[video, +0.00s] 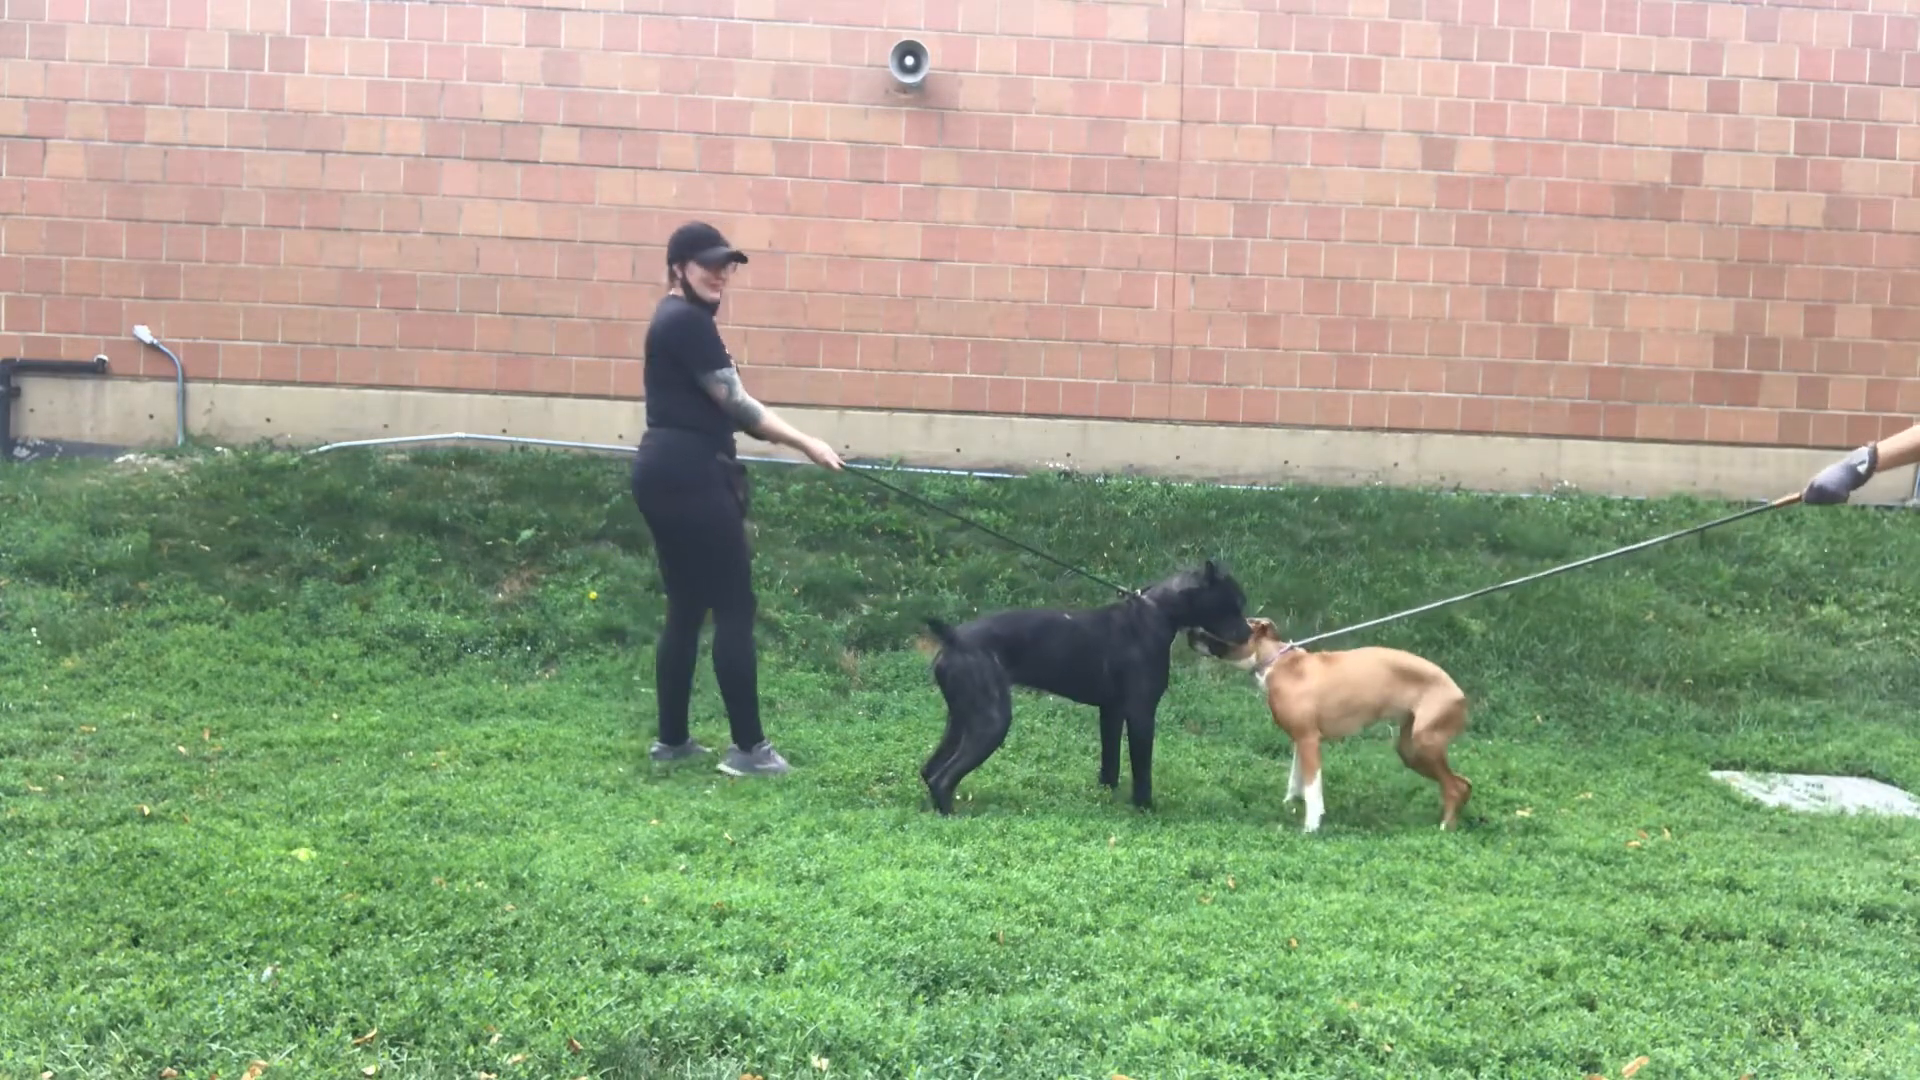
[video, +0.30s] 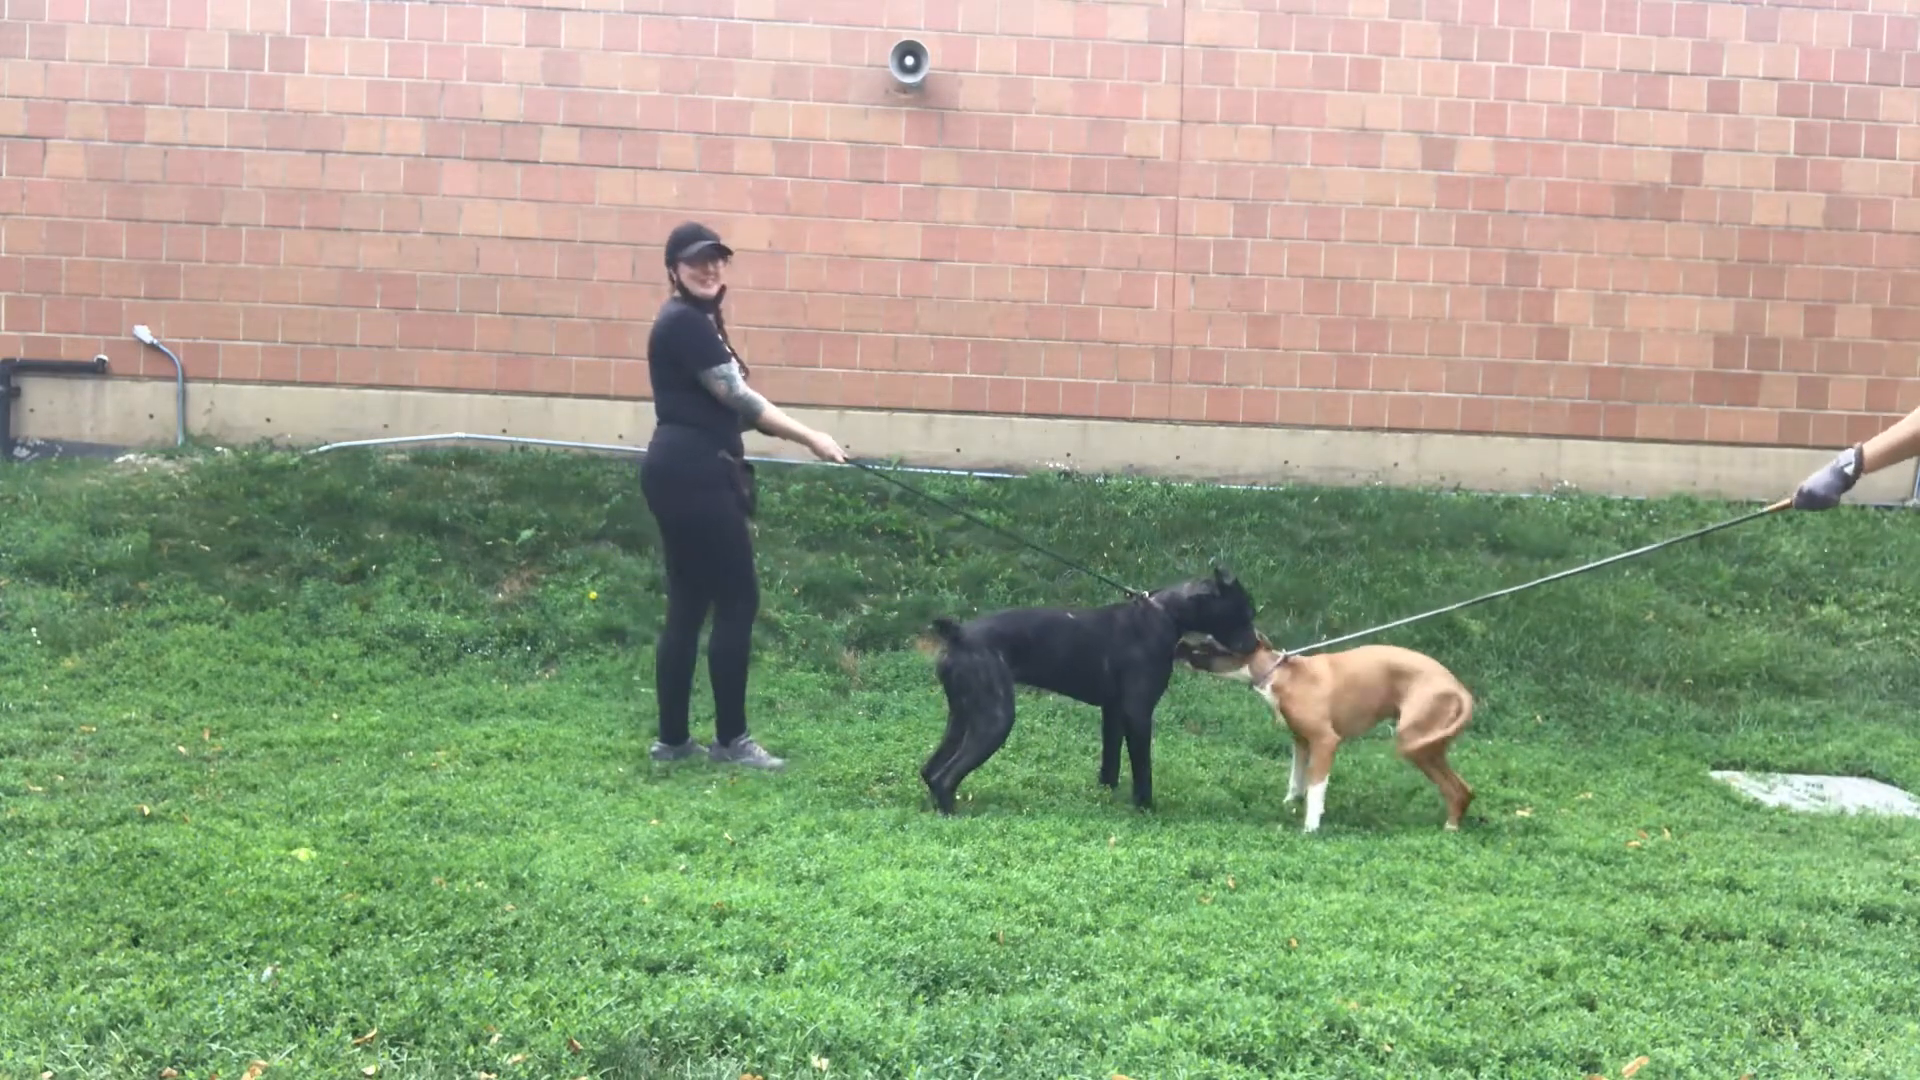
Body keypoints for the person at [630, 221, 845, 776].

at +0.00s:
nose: (722, 274)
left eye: (725, 265)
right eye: (711, 264)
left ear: (721, 269)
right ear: (681, 268)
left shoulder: (673, 316)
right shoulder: (689, 320)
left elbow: (719, 402)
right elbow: (737, 405)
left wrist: (772, 430)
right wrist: (806, 442)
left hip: (665, 466)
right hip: (691, 470)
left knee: (685, 606)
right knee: (735, 607)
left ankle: (672, 741)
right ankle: (749, 748)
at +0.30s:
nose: (711, 269)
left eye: (717, 260)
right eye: (698, 262)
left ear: (725, 266)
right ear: (675, 270)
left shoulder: (687, 319)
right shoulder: (688, 323)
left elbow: (727, 401)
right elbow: (740, 400)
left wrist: (777, 426)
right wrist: (810, 436)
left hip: (676, 465)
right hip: (699, 469)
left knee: (687, 603)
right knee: (738, 601)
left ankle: (672, 742)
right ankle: (733, 741)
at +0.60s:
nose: (742, 275)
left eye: (745, 266)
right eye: (730, 265)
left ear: (744, 270)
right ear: (700, 271)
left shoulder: (706, 319)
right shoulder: (706, 322)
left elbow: (738, 402)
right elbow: (754, 401)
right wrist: (825, 438)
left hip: (708, 467)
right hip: (713, 470)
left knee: (732, 599)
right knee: (745, 601)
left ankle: (691, 720)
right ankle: (723, 741)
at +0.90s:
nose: (771, 284)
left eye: (775, 276)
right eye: (762, 274)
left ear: (759, 277)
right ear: (729, 274)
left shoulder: (740, 323)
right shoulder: (722, 324)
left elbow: (761, 404)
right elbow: (766, 401)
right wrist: (839, 438)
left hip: (760, 470)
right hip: (728, 472)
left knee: (783, 597)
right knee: (731, 607)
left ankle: (795, 719)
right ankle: (727, 740)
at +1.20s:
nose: (791, 289)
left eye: (795, 280)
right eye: (781, 279)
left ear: (797, 284)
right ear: (750, 283)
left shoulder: (793, 341)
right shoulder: (737, 338)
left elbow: (797, 413)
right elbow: (779, 407)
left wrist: (825, 422)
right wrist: (854, 441)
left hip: (795, 480)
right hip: (749, 480)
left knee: (791, 604)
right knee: (767, 602)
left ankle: (798, 723)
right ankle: (730, 736)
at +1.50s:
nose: (804, 287)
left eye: (808, 279)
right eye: (794, 278)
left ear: (808, 283)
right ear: (764, 281)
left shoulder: (803, 343)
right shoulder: (749, 338)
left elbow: (805, 420)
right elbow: (794, 406)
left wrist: (822, 480)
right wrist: (865, 439)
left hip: (802, 481)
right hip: (754, 478)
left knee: (795, 605)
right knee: (754, 603)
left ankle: (797, 723)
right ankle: (718, 729)